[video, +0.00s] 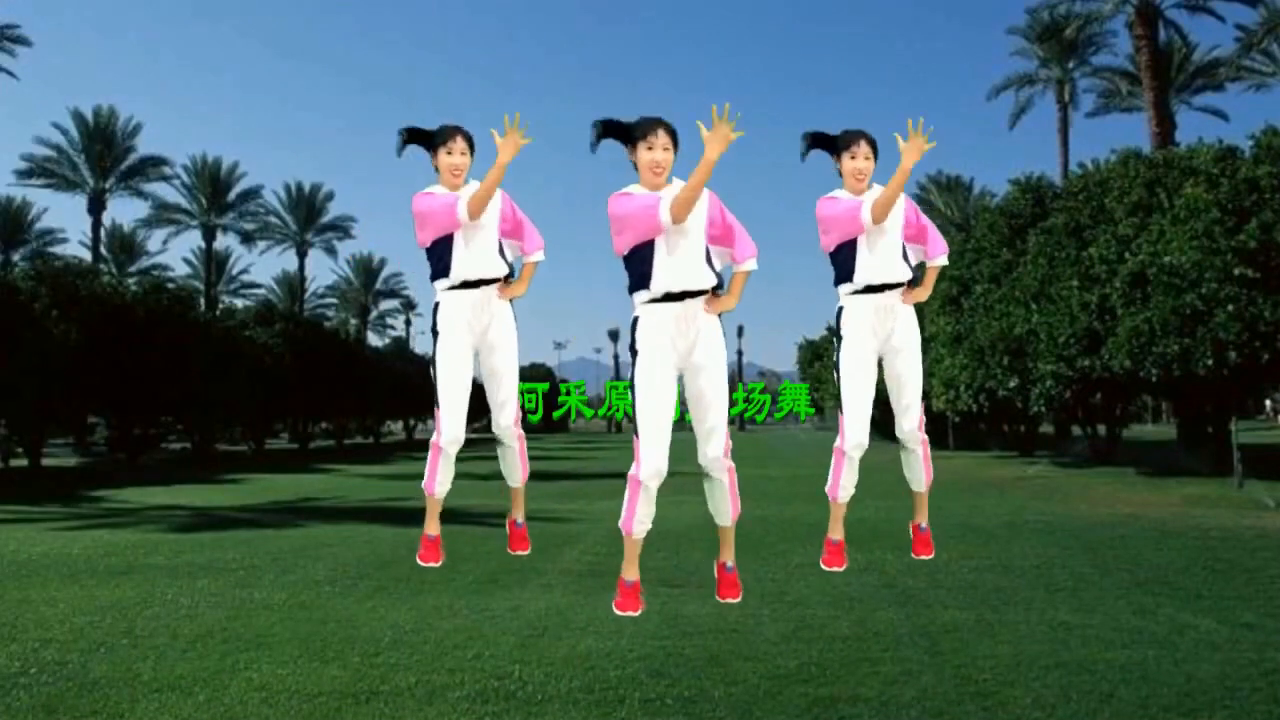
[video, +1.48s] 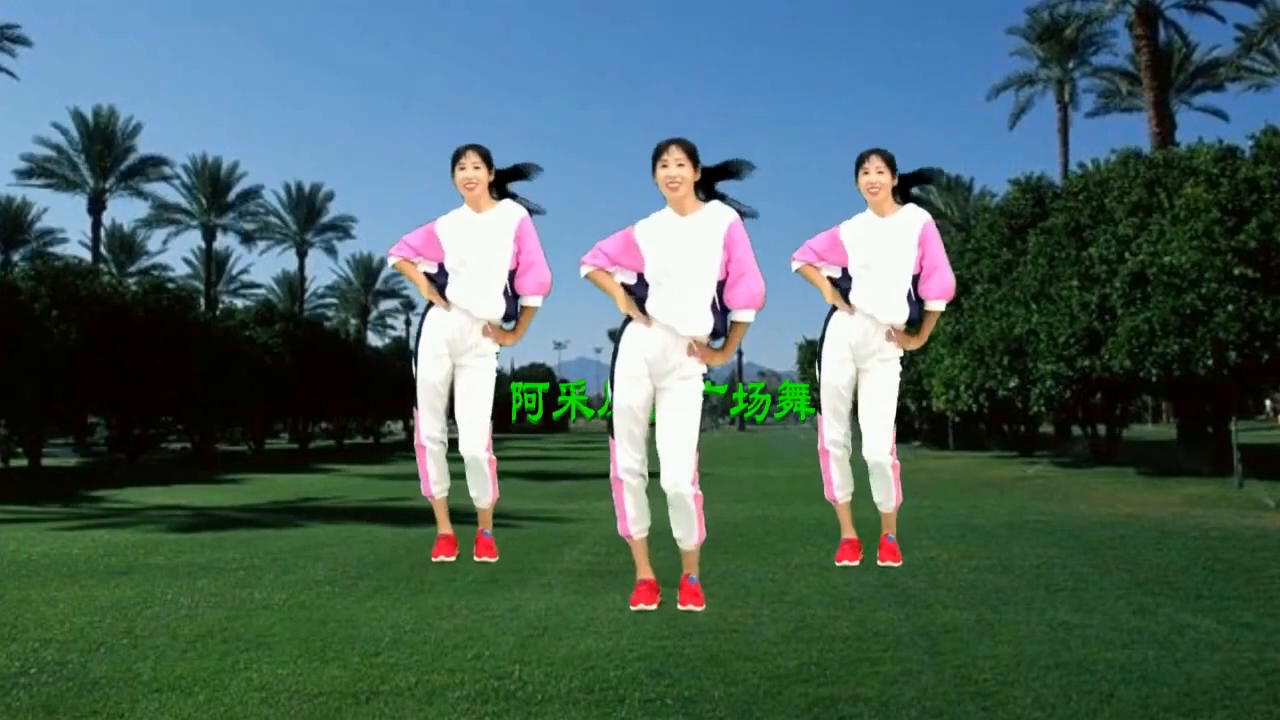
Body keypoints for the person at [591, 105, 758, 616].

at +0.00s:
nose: (658, 156)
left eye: (666, 149)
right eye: (649, 148)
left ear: (677, 157)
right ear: (632, 155)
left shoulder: (701, 199)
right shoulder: (622, 203)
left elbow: (743, 249)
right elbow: (676, 212)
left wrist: (731, 296)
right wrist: (710, 158)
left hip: (704, 320)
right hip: (655, 324)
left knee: (715, 451)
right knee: (652, 459)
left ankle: (726, 560)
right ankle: (630, 573)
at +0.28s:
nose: (662, 151)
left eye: (670, 143)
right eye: (653, 143)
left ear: (681, 151)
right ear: (639, 151)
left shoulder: (705, 200)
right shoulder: (629, 199)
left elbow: (746, 250)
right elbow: (674, 233)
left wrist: (727, 301)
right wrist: (744, 233)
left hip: (702, 328)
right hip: (651, 329)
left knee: (715, 451)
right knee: (647, 456)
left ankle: (724, 561)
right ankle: (625, 572)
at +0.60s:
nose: (654, 183)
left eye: (661, 175)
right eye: (644, 176)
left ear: (674, 183)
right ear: (633, 185)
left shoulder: (699, 239)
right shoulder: (620, 243)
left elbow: (728, 305)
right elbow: (581, 308)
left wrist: (705, 351)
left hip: (674, 364)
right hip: (625, 359)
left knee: (663, 489)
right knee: (624, 475)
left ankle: (627, 463)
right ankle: (621, 575)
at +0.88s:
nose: (667, 149)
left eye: (675, 142)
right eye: (659, 142)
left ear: (687, 151)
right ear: (644, 150)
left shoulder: (705, 203)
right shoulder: (620, 202)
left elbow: (745, 256)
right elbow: (569, 246)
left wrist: (720, 301)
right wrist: (609, 302)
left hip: (695, 332)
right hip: (643, 334)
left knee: (694, 458)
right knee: (645, 461)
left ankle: (694, 575)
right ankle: (631, 572)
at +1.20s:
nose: (680, 158)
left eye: (689, 151)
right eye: (671, 150)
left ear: (702, 162)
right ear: (660, 160)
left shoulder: (719, 215)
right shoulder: (634, 213)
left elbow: (767, 264)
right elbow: (588, 265)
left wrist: (733, 296)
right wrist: (617, 316)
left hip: (704, 340)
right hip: (654, 340)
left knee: (704, 461)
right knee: (664, 462)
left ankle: (695, 576)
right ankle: (650, 576)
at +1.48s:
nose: (671, 172)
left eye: (680, 164)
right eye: (663, 166)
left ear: (697, 173)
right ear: (655, 177)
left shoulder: (722, 221)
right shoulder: (647, 229)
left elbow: (749, 291)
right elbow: (593, 263)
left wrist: (725, 351)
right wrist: (624, 301)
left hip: (686, 354)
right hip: (637, 345)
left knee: (678, 475)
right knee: (628, 465)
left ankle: (690, 577)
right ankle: (644, 575)